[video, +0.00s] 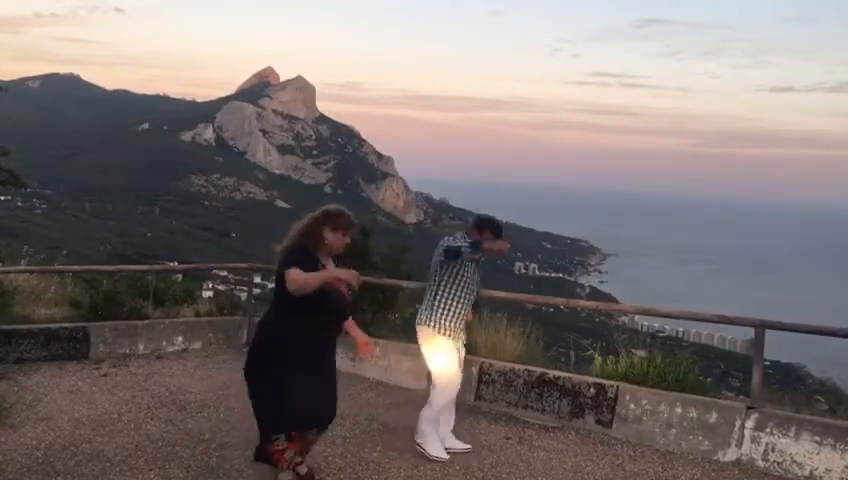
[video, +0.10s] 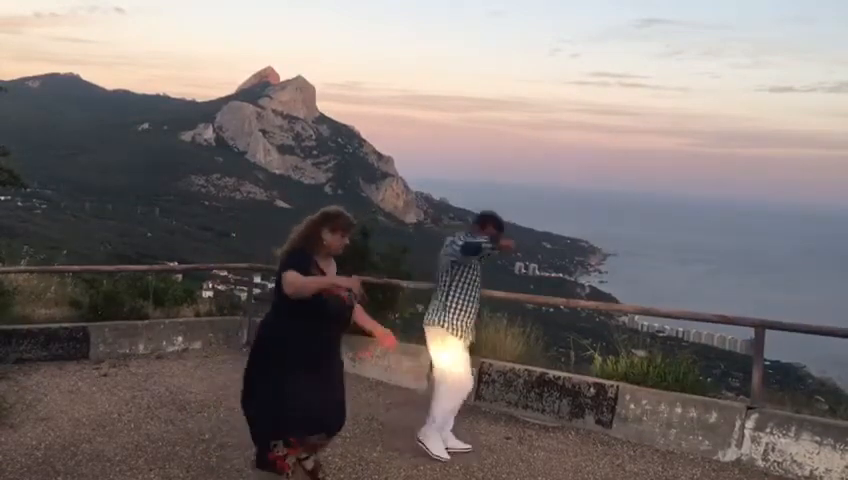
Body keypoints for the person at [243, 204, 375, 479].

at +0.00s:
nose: (346, 242)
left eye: (348, 237)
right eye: (343, 235)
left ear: (330, 234)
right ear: (326, 230)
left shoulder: (329, 266)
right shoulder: (298, 253)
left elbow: (335, 309)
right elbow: (294, 284)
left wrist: (358, 335)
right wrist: (332, 274)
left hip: (316, 352)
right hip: (283, 350)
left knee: (322, 412)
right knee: (290, 412)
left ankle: (295, 460)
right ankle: (285, 468)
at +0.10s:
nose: (346, 243)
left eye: (347, 237)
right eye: (342, 236)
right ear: (323, 233)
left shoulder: (334, 266)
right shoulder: (297, 257)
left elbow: (348, 305)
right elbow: (290, 286)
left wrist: (376, 329)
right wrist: (337, 282)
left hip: (322, 351)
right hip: (287, 350)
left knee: (331, 413)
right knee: (290, 407)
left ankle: (307, 456)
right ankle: (283, 458)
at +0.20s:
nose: (346, 237)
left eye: (349, 232)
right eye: (341, 230)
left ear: (352, 235)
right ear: (325, 228)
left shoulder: (346, 264)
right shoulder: (301, 254)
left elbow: (361, 293)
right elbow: (293, 290)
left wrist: (397, 310)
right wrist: (339, 297)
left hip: (327, 347)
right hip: (289, 347)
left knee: (332, 411)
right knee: (290, 411)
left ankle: (313, 458)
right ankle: (284, 466)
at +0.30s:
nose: (347, 233)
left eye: (351, 228)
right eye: (341, 226)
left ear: (355, 231)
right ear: (327, 224)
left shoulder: (352, 263)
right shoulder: (304, 252)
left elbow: (379, 284)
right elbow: (295, 294)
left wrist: (425, 287)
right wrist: (331, 316)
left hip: (333, 348)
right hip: (296, 345)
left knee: (328, 408)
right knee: (294, 407)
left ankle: (320, 467)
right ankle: (287, 467)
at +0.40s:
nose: (353, 232)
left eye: (355, 227)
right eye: (347, 225)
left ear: (356, 230)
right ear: (330, 225)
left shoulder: (357, 257)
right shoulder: (308, 255)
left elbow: (379, 277)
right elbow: (298, 303)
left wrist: (422, 273)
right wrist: (326, 333)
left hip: (341, 341)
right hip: (303, 338)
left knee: (330, 402)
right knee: (301, 399)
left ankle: (321, 463)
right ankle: (295, 464)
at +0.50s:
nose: (357, 232)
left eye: (359, 227)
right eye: (352, 226)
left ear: (356, 230)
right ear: (333, 226)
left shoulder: (360, 258)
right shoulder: (308, 257)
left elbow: (390, 273)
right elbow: (299, 301)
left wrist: (428, 266)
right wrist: (315, 338)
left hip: (346, 347)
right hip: (307, 345)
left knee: (336, 410)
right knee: (303, 407)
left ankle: (323, 468)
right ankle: (297, 468)